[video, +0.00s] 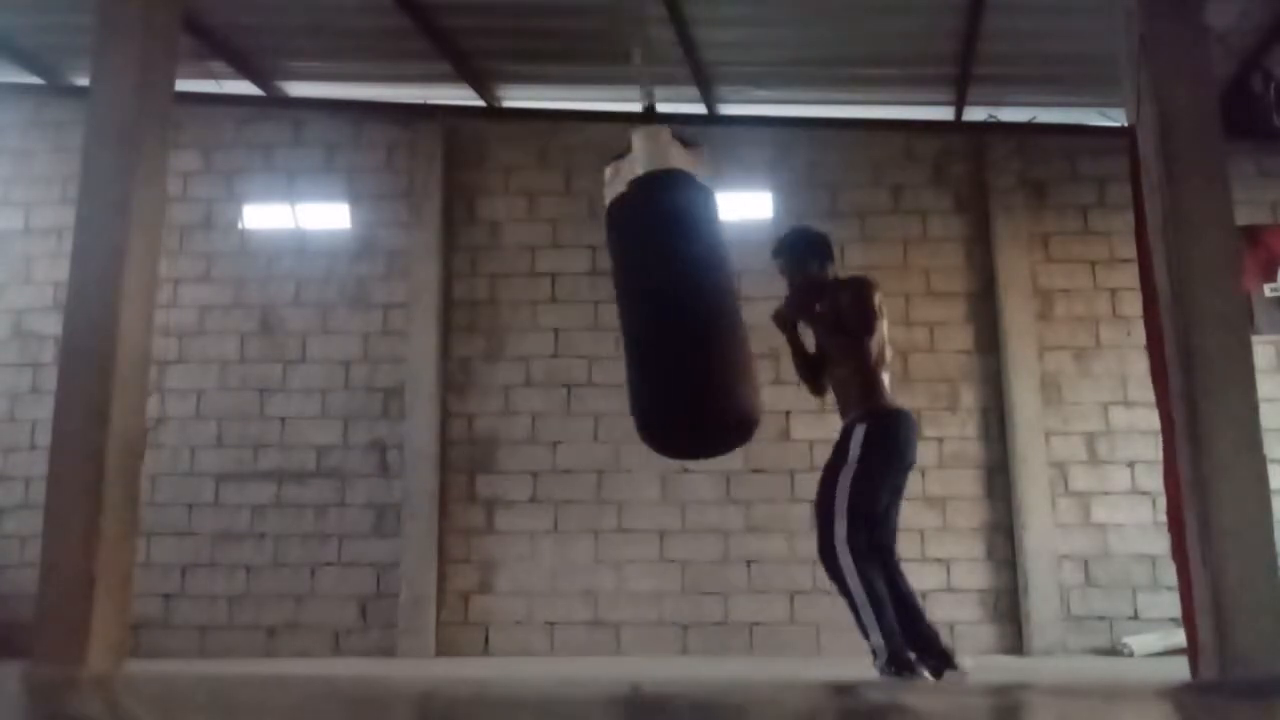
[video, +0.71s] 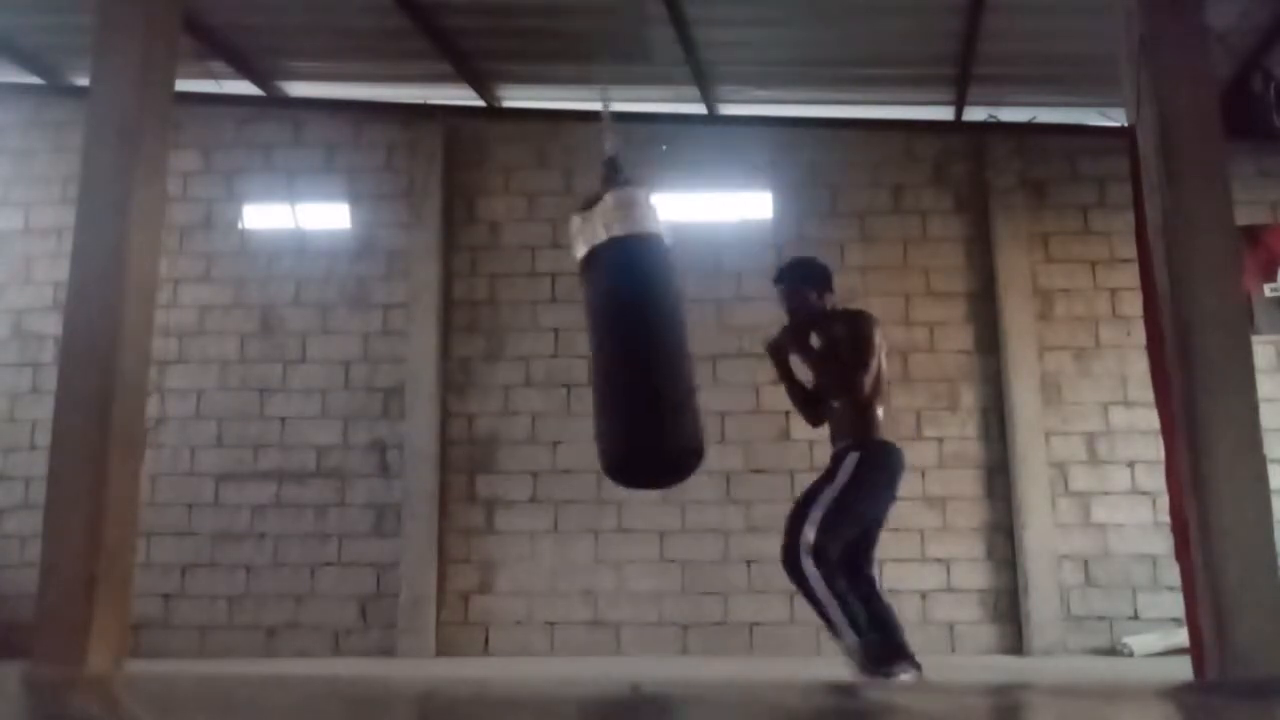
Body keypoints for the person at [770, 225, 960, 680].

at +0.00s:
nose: (784, 283)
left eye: (787, 271)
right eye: (782, 273)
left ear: (813, 265)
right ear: (812, 267)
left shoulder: (856, 290)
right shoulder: (823, 313)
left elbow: (868, 353)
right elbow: (816, 382)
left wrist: (818, 314)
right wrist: (791, 334)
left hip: (872, 430)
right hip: (886, 430)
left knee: (840, 544)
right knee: (876, 549)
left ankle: (896, 664)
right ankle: (933, 657)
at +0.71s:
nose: (786, 307)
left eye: (792, 296)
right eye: (783, 298)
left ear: (818, 295)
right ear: (801, 300)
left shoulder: (859, 325)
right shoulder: (815, 344)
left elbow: (858, 389)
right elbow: (813, 414)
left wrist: (805, 348)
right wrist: (782, 365)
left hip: (865, 458)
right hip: (864, 460)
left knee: (803, 550)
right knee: (851, 567)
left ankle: (869, 658)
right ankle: (897, 663)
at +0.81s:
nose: (782, 296)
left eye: (788, 284)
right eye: (780, 286)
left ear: (813, 281)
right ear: (792, 286)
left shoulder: (850, 316)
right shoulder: (802, 335)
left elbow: (854, 374)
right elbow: (789, 401)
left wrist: (803, 333)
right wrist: (770, 350)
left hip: (855, 449)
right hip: (842, 452)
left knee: (802, 532)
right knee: (850, 569)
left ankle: (816, 665)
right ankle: (906, 673)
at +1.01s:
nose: (760, 310)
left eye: (766, 300)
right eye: (758, 300)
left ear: (791, 299)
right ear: (765, 300)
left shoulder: (828, 339)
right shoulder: (768, 348)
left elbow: (834, 411)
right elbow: (747, 419)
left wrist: (779, 364)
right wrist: (745, 370)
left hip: (828, 471)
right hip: (805, 472)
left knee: (782, 577)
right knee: (827, 587)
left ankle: (756, 690)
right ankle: (906, 681)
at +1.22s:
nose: (700, 323)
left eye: (704, 314)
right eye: (700, 314)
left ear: (722, 313)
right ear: (733, 314)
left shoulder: (774, 343)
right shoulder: (720, 358)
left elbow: (794, 403)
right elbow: (714, 432)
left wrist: (731, 367)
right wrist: (692, 391)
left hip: (790, 473)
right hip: (783, 475)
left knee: (725, 575)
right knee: (779, 597)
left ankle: (735, 692)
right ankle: (889, 669)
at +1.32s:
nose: (671, 312)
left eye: (674, 301)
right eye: (670, 302)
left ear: (692, 299)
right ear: (706, 297)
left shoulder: (748, 326)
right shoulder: (699, 343)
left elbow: (754, 392)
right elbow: (702, 417)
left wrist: (694, 351)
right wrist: (670, 371)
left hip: (781, 459)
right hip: (765, 459)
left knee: (728, 577)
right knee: (742, 578)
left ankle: (737, 691)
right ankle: (838, 668)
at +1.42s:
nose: (648, 304)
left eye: (654, 291)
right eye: (647, 293)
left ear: (680, 286)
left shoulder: (730, 317)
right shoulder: (684, 334)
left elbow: (719, 390)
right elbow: (691, 406)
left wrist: (667, 346)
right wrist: (654, 355)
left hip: (770, 447)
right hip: (747, 449)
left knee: (732, 561)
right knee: (713, 566)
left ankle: (745, 683)